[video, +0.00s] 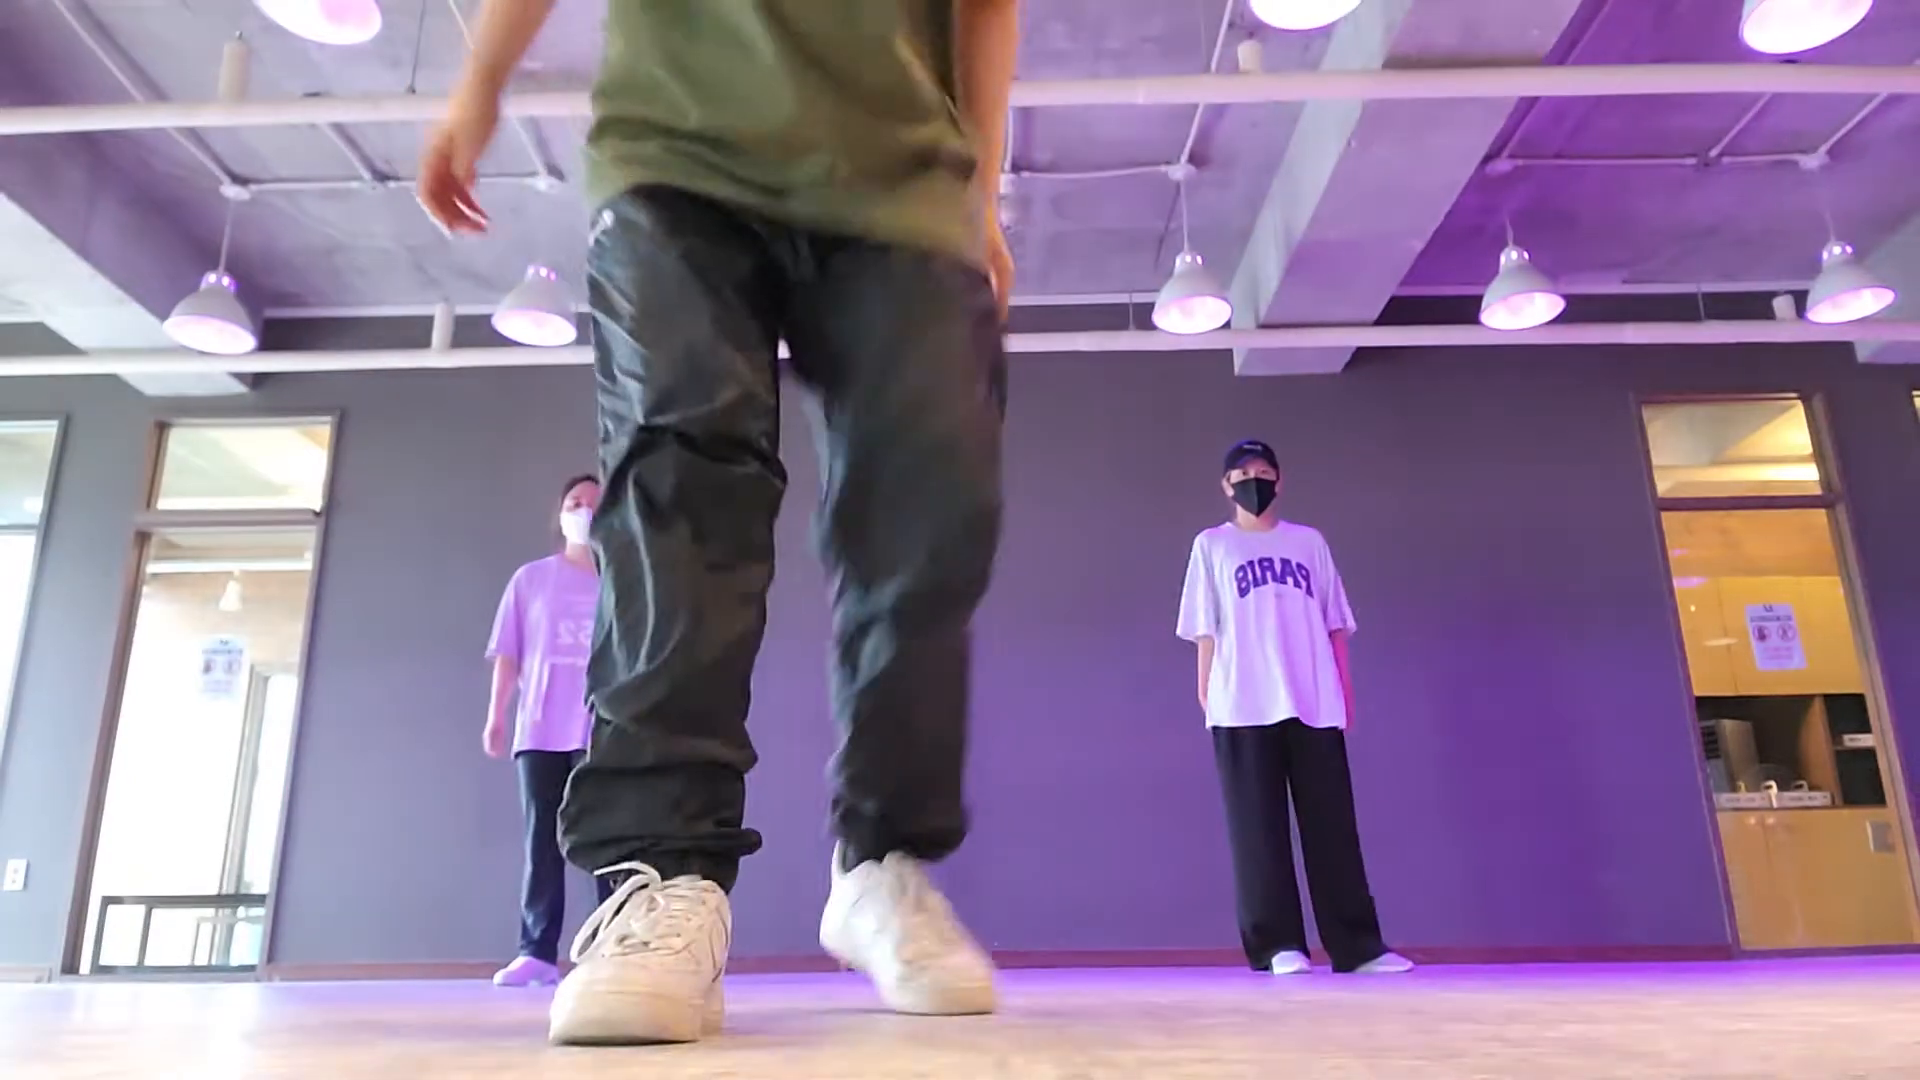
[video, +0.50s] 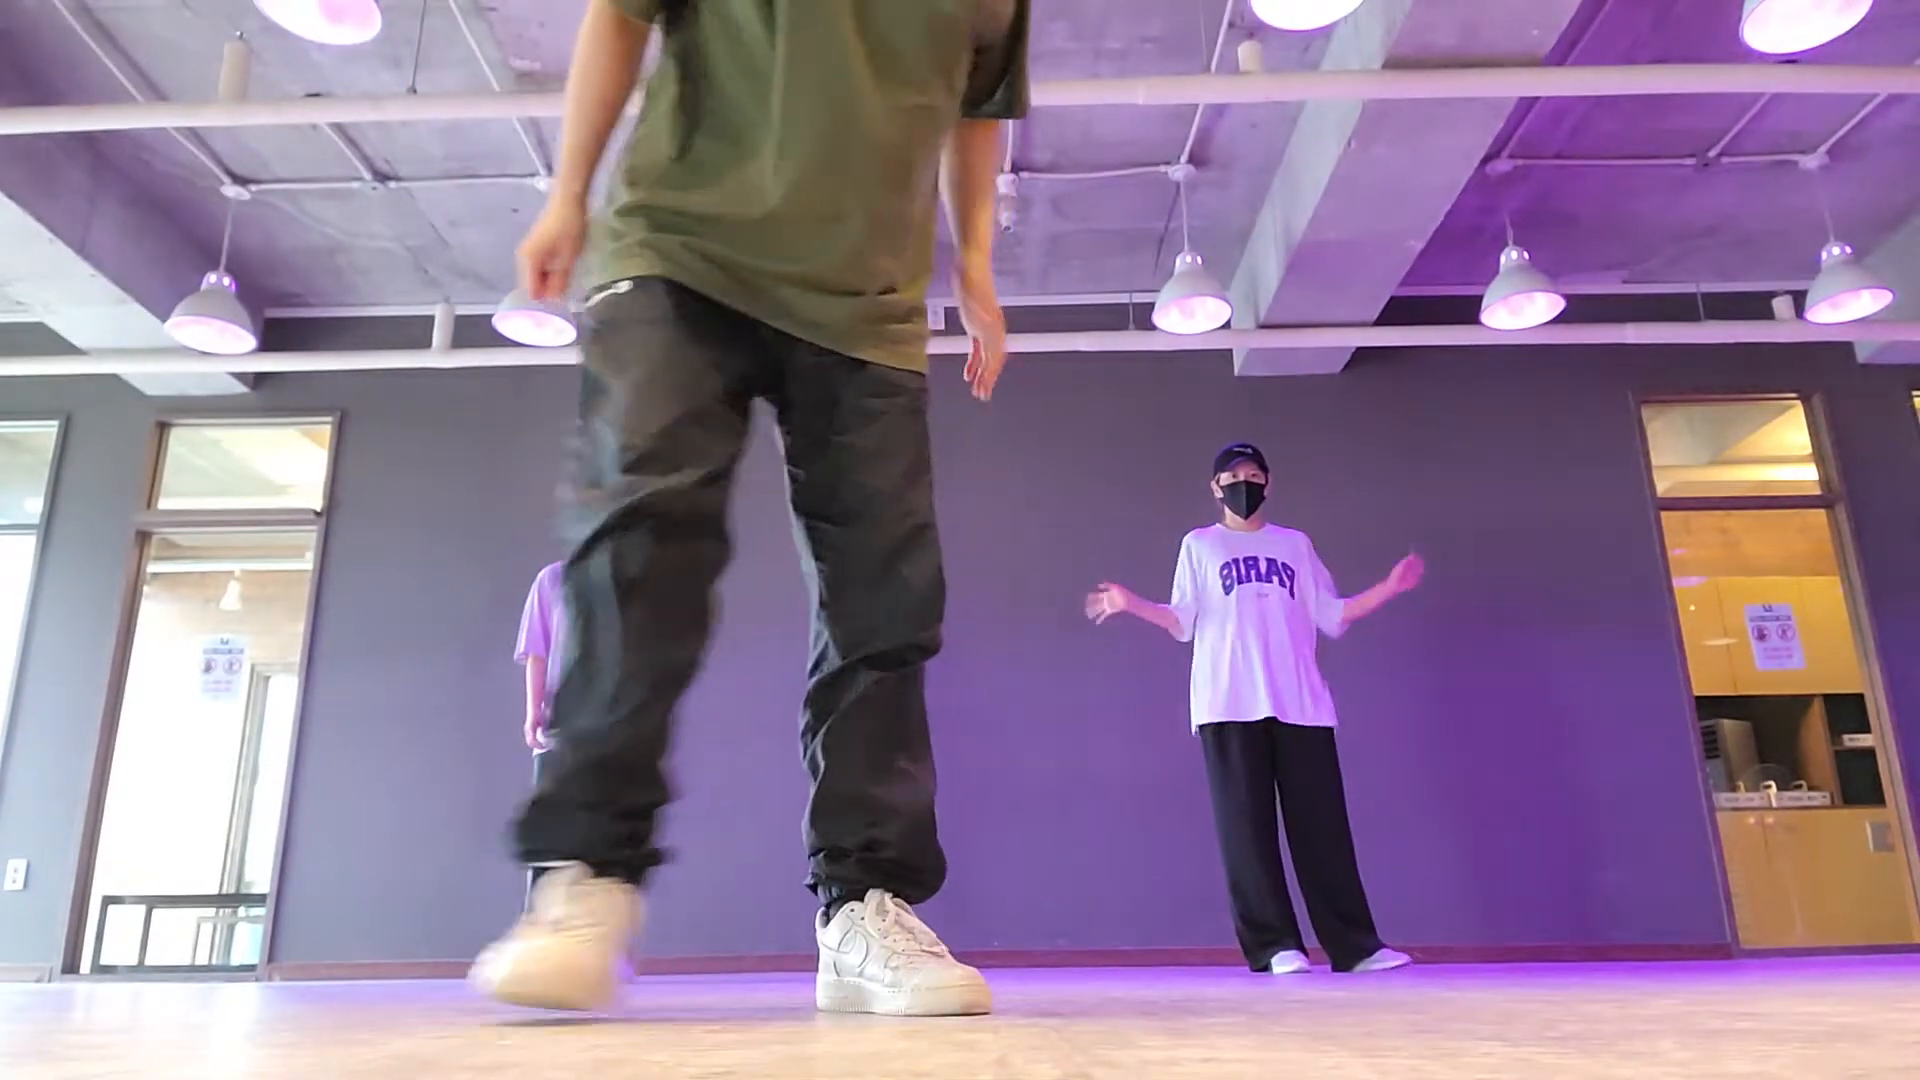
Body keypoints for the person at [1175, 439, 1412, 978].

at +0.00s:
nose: (1253, 479)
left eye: (1262, 471)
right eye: (1242, 472)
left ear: (1278, 481)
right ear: (1227, 485)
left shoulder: (1310, 542)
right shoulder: (1211, 546)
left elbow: (1335, 630)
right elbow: (1207, 638)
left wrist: (1345, 698)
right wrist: (1208, 709)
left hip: (1313, 704)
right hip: (1244, 709)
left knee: (1333, 829)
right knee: (1261, 834)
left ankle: (1359, 948)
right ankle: (1278, 948)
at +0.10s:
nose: (1251, 481)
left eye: (1261, 472)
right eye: (1240, 474)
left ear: (1276, 481)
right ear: (1224, 485)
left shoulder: (1307, 542)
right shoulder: (1209, 547)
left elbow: (1331, 625)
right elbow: (1201, 634)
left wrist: (1357, 679)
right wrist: (1184, 698)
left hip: (1311, 703)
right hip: (1242, 707)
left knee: (1331, 828)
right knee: (1259, 835)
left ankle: (1358, 949)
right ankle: (1278, 949)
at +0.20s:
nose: (1249, 482)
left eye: (1258, 473)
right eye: (1238, 475)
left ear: (1274, 481)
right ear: (1222, 485)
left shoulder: (1304, 543)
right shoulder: (1206, 545)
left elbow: (1331, 624)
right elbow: (1187, 629)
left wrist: (1382, 652)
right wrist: (1147, 673)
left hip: (1309, 704)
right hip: (1239, 708)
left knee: (1327, 827)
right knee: (1255, 833)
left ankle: (1356, 949)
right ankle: (1275, 947)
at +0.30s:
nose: (1247, 483)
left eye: (1256, 474)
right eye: (1235, 475)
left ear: (1270, 483)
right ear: (1218, 485)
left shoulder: (1299, 543)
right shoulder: (1199, 544)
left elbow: (1340, 607)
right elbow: (1171, 613)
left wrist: (1366, 619)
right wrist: (1155, 633)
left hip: (1305, 699)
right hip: (1235, 702)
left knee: (1324, 823)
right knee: (1252, 831)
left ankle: (1355, 947)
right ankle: (1273, 946)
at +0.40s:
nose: (1246, 484)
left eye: (1255, 475)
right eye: (1234, 476)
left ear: (1270, 483)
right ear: (1218, 485)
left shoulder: (1299, 544)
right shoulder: (1199, 544)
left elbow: (1348, 609)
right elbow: (1170, 618)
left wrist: (1375, 599)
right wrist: (1144, 613)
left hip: (1305, 705)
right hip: (1233, 708)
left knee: (1324, 826)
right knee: (1250, 834)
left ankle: (1357, 949)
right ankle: (1274, 948)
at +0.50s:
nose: (1244, 480)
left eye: (1254, 472)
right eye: (1233, 473)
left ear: (1267, 484)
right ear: (1217, 486)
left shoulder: (1296, 545)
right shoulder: (1199, 545)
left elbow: (1333, 617)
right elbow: (1183, 624)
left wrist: (1389, 587)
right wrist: (1131, 603)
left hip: (1301, 703)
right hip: (1230, 706)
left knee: (1322, 825)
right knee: (1249, 833)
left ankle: (1356, 946)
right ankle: (1275, 948)